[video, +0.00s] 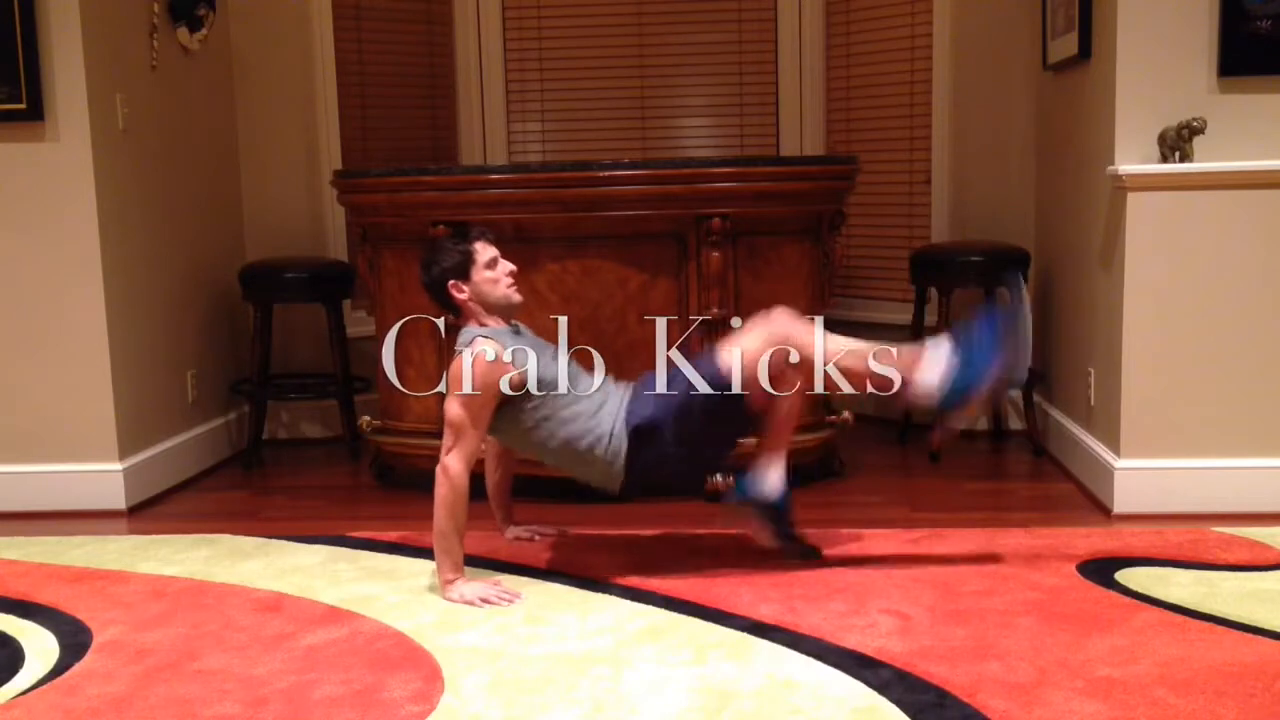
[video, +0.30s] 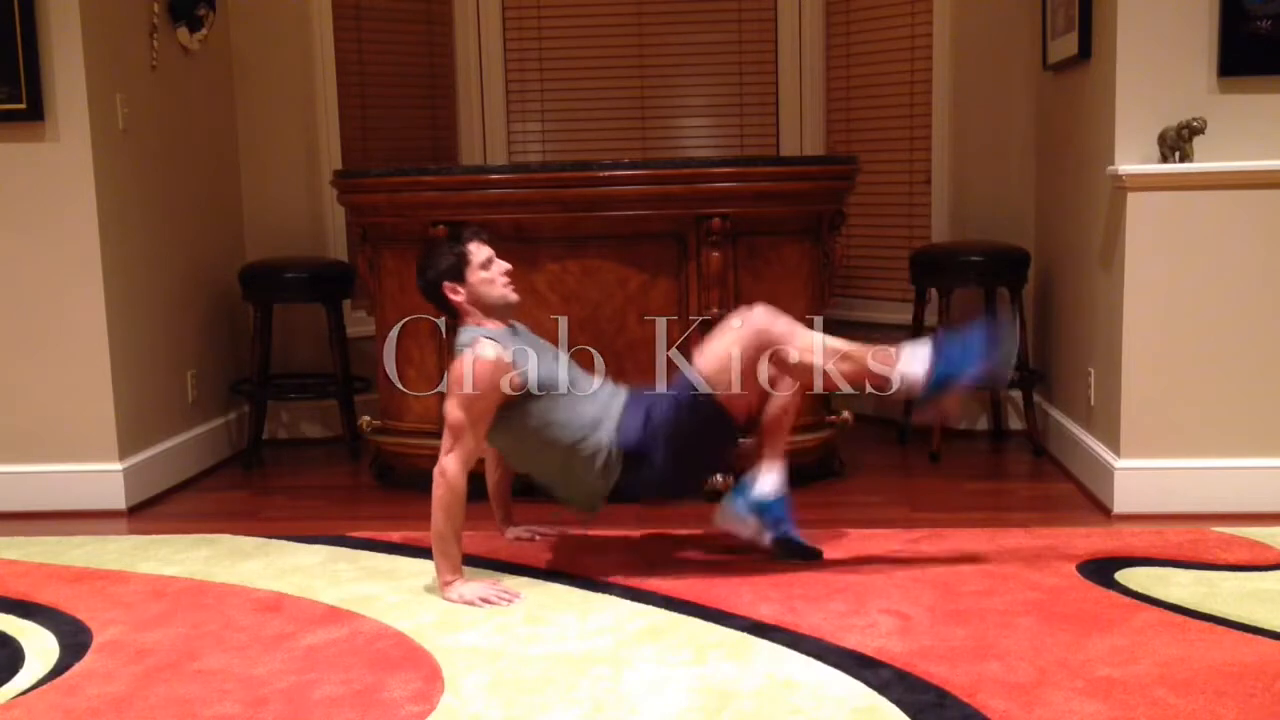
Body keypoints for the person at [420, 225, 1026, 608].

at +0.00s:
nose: (510, 270)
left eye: (504, 260)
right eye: (494, 266)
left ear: (489, 282)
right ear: (464, 292)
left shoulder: (506, 340)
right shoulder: (478, 355)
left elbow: (494, 441)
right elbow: (451, 464)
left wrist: (499, 524)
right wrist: (449, 576)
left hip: (642, 419)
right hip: (635, 445)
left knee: (783, 337)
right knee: (781, 329)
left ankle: (765, 484)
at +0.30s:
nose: (506, 269)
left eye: (499, 260)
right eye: (490, 265)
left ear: (480, 285)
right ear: (458, 293)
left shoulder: (505, 341)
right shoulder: (479, 359)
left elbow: (491, 443)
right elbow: (449, 467)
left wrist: (501, 523)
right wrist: (449, 578)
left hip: (653, 432)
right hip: (644, 450)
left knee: (790, 352)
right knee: (756, 320)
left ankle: (761, 498)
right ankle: (910, 367)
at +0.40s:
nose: (498, 269)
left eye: (493, 260)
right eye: (482, 265)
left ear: (470, 283)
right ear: (451, 290)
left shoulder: (490, 336)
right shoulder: (472, 357)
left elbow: (486, 436)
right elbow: (450, 466)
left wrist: (500, 515)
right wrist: (449, 577)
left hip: (640, 411)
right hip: (640, 445)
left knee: (760, 315)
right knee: (762, 315)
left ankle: (857, 411)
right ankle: (823, 464)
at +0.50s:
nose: (505, 271)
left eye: (499, 262)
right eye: (489, 267)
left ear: (481, 283)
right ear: (456, 293)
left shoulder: (500, 338)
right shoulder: (478, 360)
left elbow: (488, 439)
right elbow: (450, 465)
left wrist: (501, 517)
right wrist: (448, 577)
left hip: (633, 428)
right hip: (626, 460)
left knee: (758, 341)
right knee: (767, 372)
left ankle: (905, 333)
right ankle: (762, 525)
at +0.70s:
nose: (512, 271)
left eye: (506, 262)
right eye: (496, 268)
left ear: (490, 285)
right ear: (465, 295)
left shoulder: (511, 337)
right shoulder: (487, 360)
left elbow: (492, 438)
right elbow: (454, 465)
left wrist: (502, 520)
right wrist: (450, 578)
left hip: (632, 453)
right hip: (623, 481)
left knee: (759, 356)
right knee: (759, 374)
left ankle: (901, 376)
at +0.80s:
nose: (501, 269)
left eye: (495, 260)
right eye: (484, 265)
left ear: (478, 280)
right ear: (451, 290)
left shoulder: (495, 335)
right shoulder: (472, 357)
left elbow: (489, 437)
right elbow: (449, 464)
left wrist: (499, 520)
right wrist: (449, 576)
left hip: (646, 408)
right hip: (639, 448)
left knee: (763, 312)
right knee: (795, 368)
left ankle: (865, 422)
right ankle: (771, 520)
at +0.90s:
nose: (494, 270)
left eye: (489, 261)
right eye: (478, 265)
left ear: (461, 285)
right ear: (446, 290)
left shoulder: (489, 337)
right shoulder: (468, 356)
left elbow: (491, 437)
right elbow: (450, 464)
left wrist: (502, 518)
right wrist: (450, 575)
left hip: (646, 395)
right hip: (646, 421)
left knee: (779, 324)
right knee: (775, 311)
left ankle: (794, 467)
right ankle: (861, 451)